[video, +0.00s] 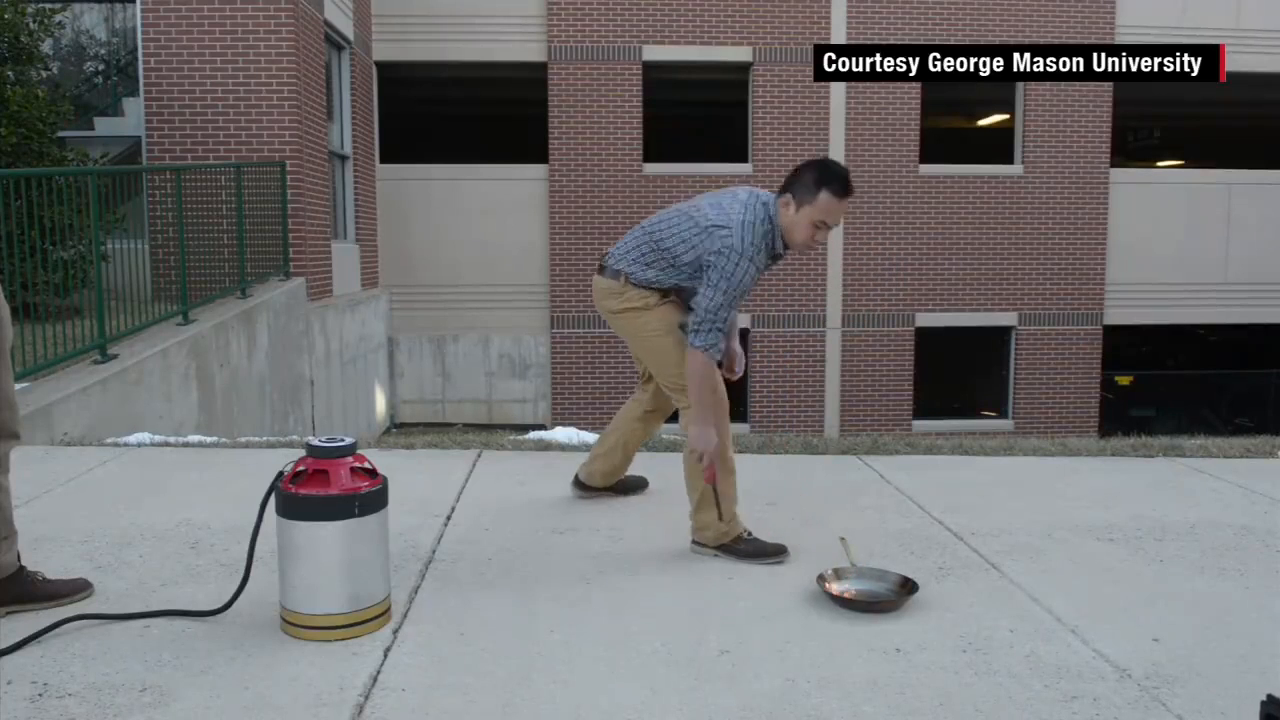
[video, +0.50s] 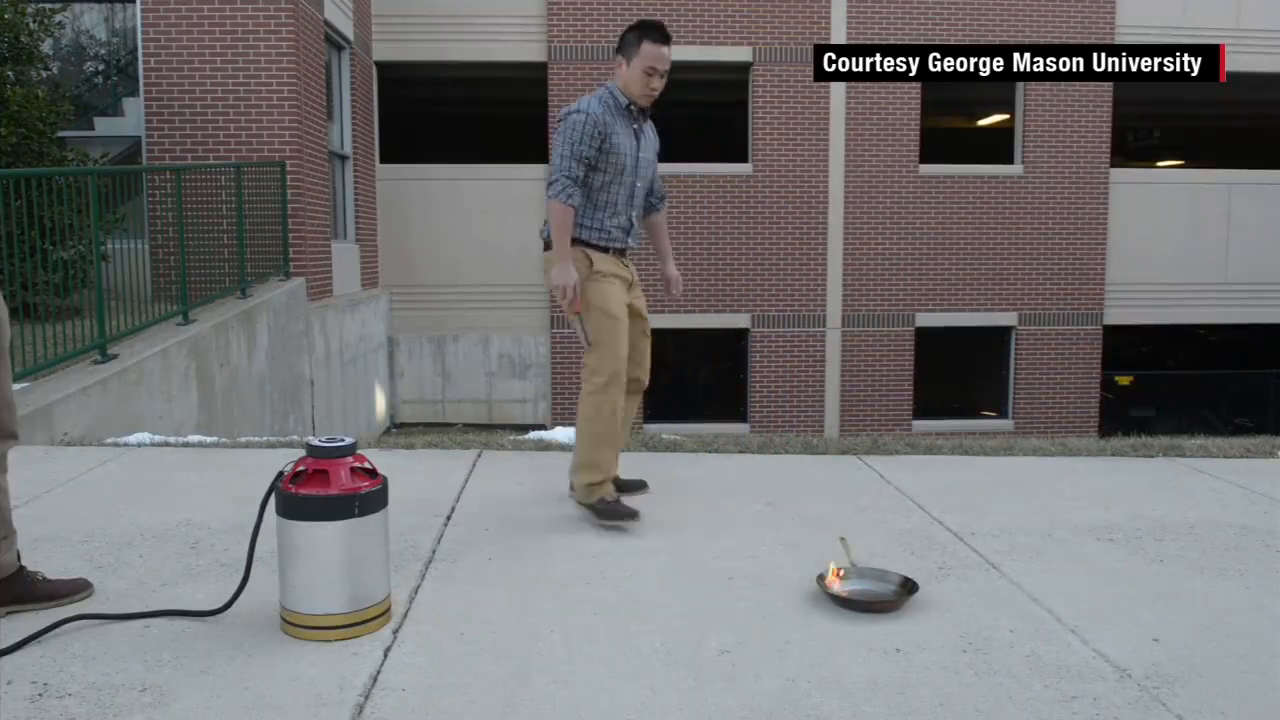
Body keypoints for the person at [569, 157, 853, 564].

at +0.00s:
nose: (822, 238)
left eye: (830, 229)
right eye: (819, 225)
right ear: (788, 204)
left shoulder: (765, 219)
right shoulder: (741, 239)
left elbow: (728, 282)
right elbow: (703, 337)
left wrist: (730, 334)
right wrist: (701, 422)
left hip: (660, 285)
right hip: (630, 288)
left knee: (665, 388)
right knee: (707, 399)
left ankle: (597, 473)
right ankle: (716, 530)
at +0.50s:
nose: (657, 84)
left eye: (664, 75)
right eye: (649, 72)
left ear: (666, 73)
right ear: (619, 65)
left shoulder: (646, 131)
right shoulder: (586, 116)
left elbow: (652, 204)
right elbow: (562, 189)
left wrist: (667, 262)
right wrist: (561, 260)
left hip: (622, 263)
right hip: (588, 260)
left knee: (633, 373)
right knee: (607, 368)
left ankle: (602, 471)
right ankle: (591, 485)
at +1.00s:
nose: (499, 76)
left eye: (505, 66)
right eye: (489, 65)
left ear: (510, 69)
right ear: (462, 67)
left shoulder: (507, 129)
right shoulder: (440, 121)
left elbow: (516, 202)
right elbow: (442, 193)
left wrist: (534, 257)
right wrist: (486, 232)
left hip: (511, 265)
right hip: (463, 264)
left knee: (544, 366)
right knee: (442, 373)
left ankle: (582, 462)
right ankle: (410, 469)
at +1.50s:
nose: (399, 74)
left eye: (403, 65)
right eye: (388, 66)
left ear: (406, 68)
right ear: (361, 69)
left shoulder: (406, 129)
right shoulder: (345, 121)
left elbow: (425, 192)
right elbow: (329, 192)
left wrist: (464, 230)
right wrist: (327, 257)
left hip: (404, 254)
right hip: (370, 254)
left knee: (377, 362)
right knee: (403, 360)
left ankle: (329, 448)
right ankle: (412, 469)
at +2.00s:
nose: (297, 71)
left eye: (301, 63)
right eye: (287, 63)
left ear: (305, 67)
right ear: (262, 68)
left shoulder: (303, 124)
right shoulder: (249, 116)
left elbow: (309, 191)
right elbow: (251, 182)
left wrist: (323, 238)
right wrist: (284, 225)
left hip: (309, 251)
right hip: (270, 250)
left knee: (337, 348)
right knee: (257, 348)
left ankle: (336, 444)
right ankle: (183, 427)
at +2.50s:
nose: (148, 55)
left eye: (152, 46)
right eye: (136, 47)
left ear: (156, 51)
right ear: (109, 54)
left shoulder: (162, 112)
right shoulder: (99, 109)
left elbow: (180, 173)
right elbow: (97, 183)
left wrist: (205, 216)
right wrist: (104, 246)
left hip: (178, 248)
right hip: (138, 248)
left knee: (184, 345)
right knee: (138, 356)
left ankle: (134, 431)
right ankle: (141, 454)